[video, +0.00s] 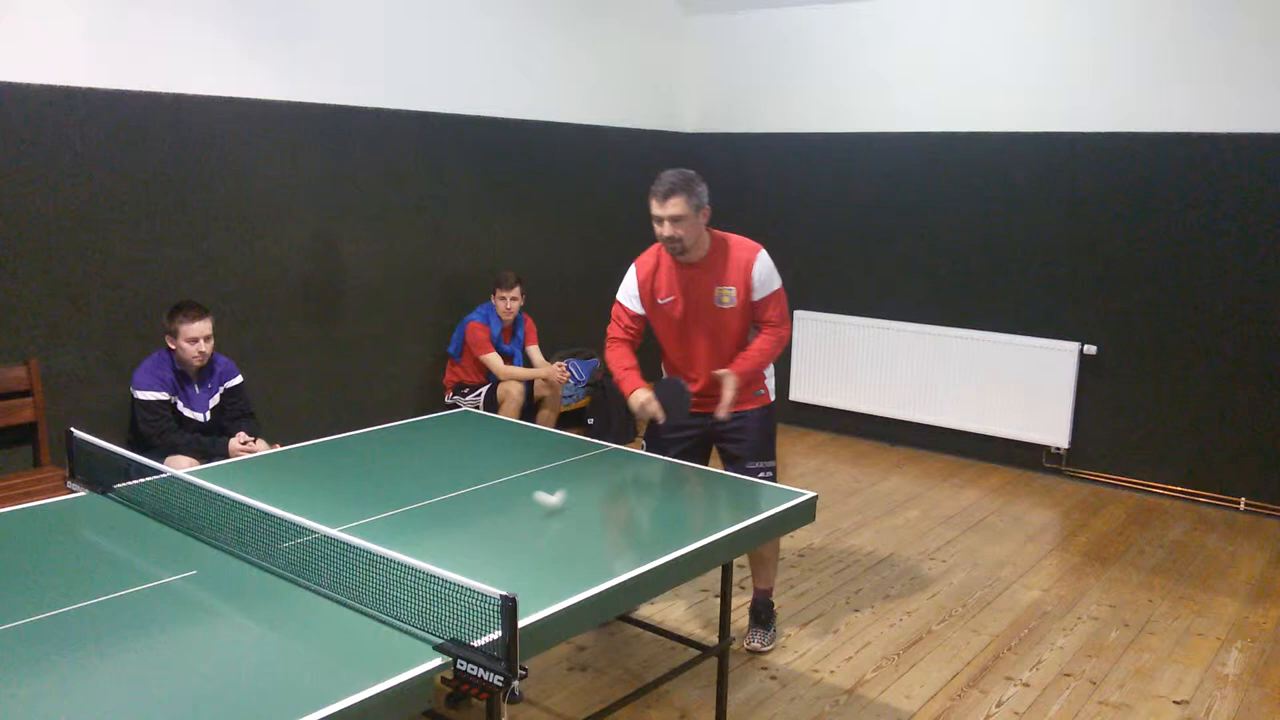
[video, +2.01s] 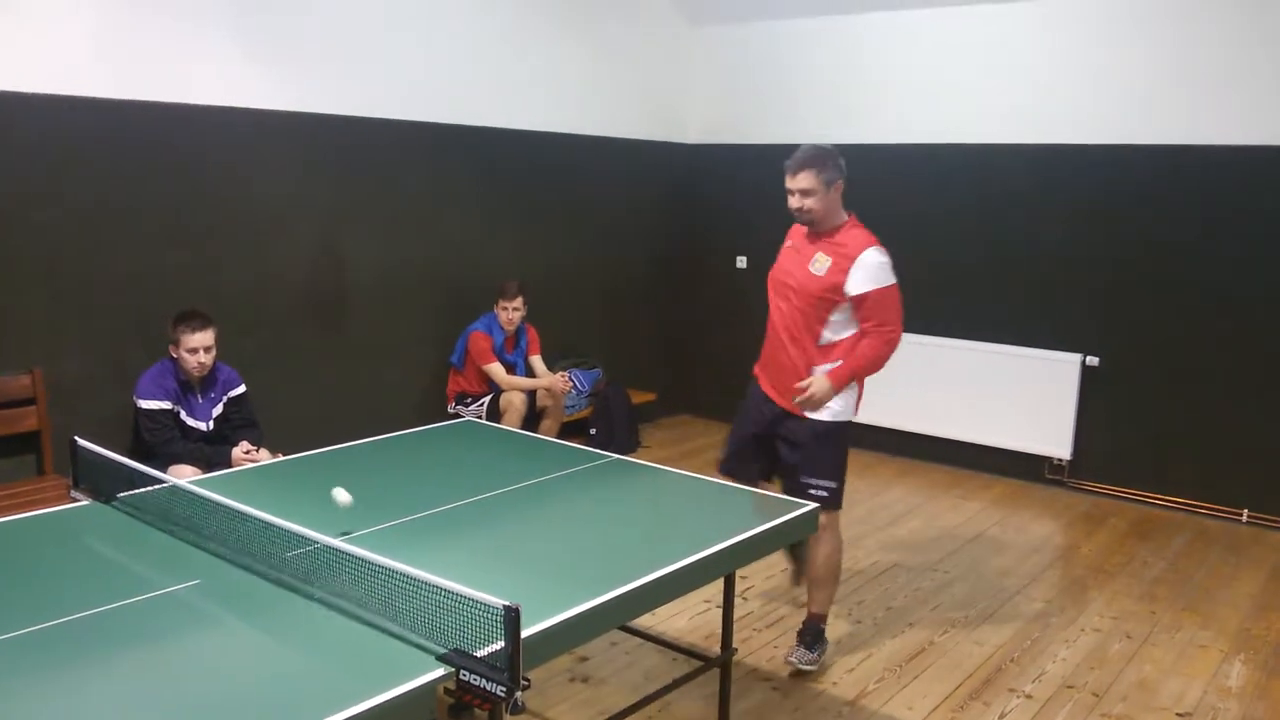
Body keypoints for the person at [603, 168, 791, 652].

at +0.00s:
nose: (667, 232)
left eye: (677, 220)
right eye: (658, 221)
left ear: (704, 215)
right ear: (652, 220)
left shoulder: (749, 260)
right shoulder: (645, 271)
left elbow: (776, 327)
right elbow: (618, 339)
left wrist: (739, 371)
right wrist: (636, 388)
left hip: (746, 403)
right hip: (679, 401)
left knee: (759, 504)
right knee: (651, 496)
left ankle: (762, 608)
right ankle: (625, 587)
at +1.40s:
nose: (679, 261)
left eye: (683, 250)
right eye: (671, 254)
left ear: (709, 229)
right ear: (663, 244)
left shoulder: (775, 264)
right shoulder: (668, 280)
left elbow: (822, 328)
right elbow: (669, 348)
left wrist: (814, 403)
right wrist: (695, 402)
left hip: (781, 415)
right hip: (717, 416)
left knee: (801, 519)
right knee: (679, 507)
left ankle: (812, 626)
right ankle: (663, 599)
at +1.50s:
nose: (713, 244)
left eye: (719, 235)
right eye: (706, 236)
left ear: (747, 214)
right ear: (701, 226)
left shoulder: (801, 258)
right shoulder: (698, 245)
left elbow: (852, 320)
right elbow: (659, 286)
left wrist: (841, 397)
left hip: (786, 413)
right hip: (723, 406)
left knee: (800, 522)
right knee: (689, 504)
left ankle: (812, 629)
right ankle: (664, 597)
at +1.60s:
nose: (747, 221)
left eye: (754, 211)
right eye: (742, 213)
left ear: (784, 197)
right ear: (737, 205)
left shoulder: (825, 259)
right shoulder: (735, 222)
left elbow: (876, 328)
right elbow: (702, 191)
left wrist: (852, 399)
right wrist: (674, 172)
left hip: (788, 411)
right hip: (729, 393)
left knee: (798, 523)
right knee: (687, 499)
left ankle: (809, 631)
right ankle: (660, 594)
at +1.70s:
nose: (763, 220)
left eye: (771, 209)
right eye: (759, 210)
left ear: (805, 198)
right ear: (770, 198)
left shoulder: (831, 267)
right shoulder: (797, 210)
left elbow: (870, 345)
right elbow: (799, 163)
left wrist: (844, 412)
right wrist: (783, 120)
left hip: (793, 408)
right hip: (739, 382)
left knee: (797, 523)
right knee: (685, 483)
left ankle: (808, 632)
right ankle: (657, 586)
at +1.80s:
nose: (776, 216)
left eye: (784, 205)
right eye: (771, 207)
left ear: (818, 194)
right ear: (784, 199)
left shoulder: (837, 266)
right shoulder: (825, 217)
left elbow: (861, 349)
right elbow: (860, 192)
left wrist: (830, 412)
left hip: (794, 407)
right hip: (746, 381)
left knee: (801, 521)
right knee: (685, 464)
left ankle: (809, 628)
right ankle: (674, 577)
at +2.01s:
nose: (796, 203)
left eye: (806, 194)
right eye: (791, 193)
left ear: (838, 190)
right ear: (789, 191)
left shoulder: (866, 255)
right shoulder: (798, 234)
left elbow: (885, 333)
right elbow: (797, 307)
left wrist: (834, 379)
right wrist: (775, 363)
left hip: (820, 412)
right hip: (766, 392)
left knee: (818, 518)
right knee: (734, 477)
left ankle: (813, 629)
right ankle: (790, 534)